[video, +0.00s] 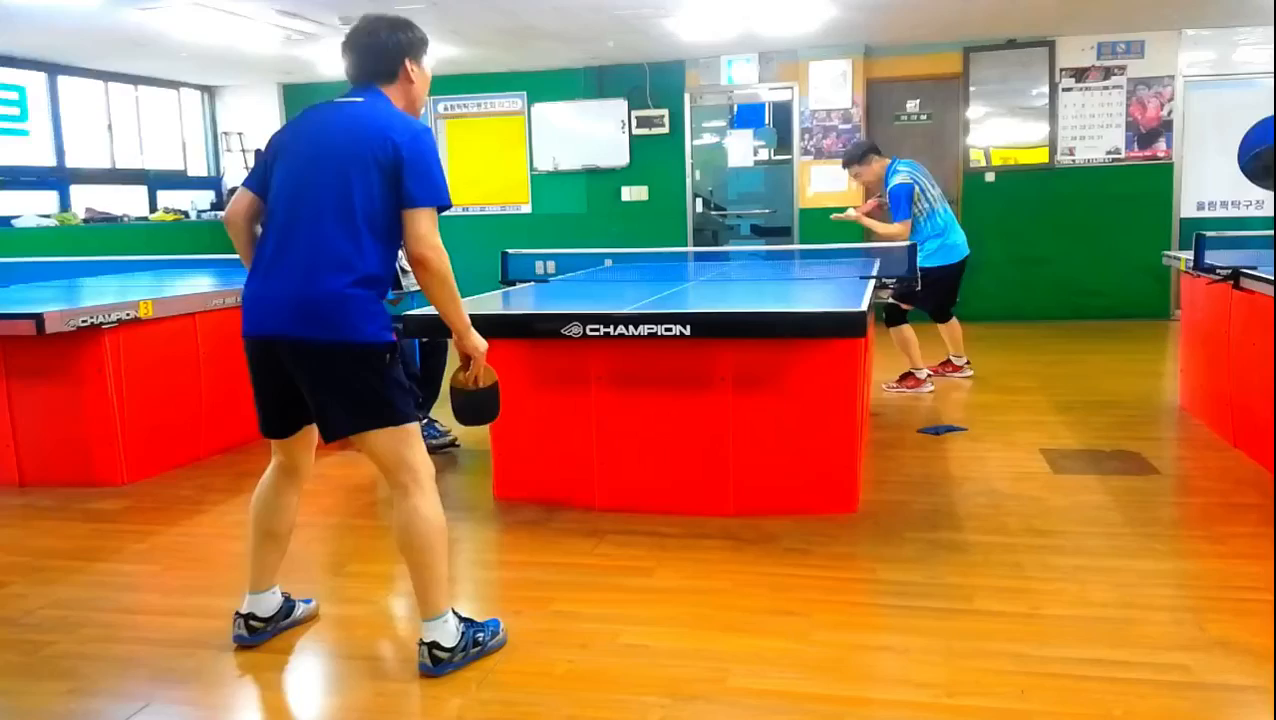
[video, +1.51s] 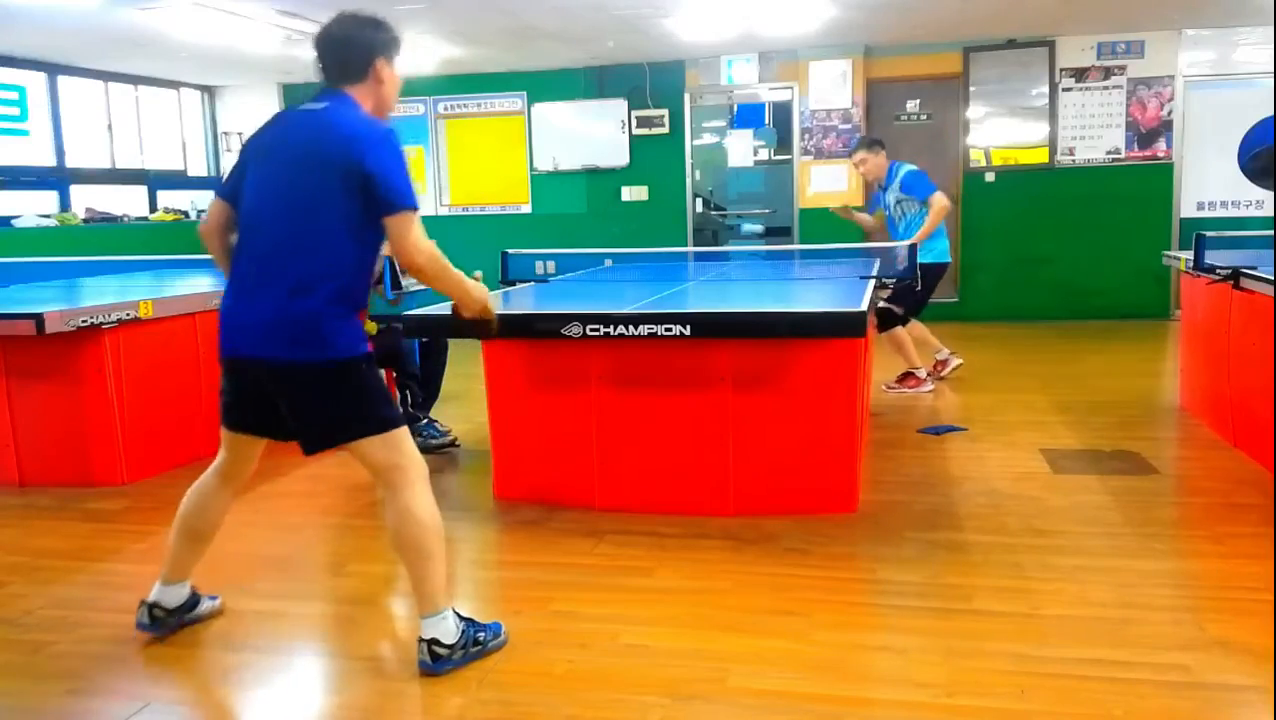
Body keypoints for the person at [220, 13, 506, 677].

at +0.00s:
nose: (429, 85)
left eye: (427, 73)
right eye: (426, 73)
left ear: (353, 72)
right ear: (407, 71)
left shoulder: (296, 128)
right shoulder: (405, 133)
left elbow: (238, 216)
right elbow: (422, 252)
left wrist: (274, 285)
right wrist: (464, 330)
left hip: (267, 323)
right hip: (345, 325)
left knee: (289, 460)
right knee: (410, 476)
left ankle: (258, 605)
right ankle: (442, 630)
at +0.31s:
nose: (428, 65)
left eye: (426, 50)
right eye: (425, 50)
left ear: (350, 53)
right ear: (404, 52)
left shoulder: (298, 118)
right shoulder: (408, 121)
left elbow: (246, 213)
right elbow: (427, 242)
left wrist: (284, 279)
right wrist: (470, 318)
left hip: (281, 324)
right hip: (360, 324)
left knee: (296, 456)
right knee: (420, 473)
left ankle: (260, 601)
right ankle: (443, 629)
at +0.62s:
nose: (443, 45)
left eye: (440, 31)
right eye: (440, 31)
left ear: (366, 38)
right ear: (422, 35)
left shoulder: (314, 108)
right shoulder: (427, 112)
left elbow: (267, 205)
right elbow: (446, 233)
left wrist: (304, 272)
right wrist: (491, 313)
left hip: (307, 320)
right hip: (388, 324)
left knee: (305, 456)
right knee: (435, 474)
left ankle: (266, 592)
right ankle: (444, 631)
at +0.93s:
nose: (457, 43)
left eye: (454, 30)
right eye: (454, 29)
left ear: (381, 33)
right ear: (436, 31)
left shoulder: (323, 105)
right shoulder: (440, 110)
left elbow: (276, 203)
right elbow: (458, 231)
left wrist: (311, 271)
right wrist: (501, 313)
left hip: (315, 319)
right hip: (396, 324)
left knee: (309, 453)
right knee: (437, 475)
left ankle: (270, 589)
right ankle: (444, 631)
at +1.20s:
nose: (459, 61)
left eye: (457, 47)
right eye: (458, 47)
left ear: (389, 47)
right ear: (441, 47)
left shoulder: (328, 109)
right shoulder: (440, 123)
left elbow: (267, 205)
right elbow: (457, 241)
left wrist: (301, 275)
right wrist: (497, 330)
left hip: (300, 320)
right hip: (381, 327)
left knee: (298, 450)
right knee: (435, 474)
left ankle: (259, 586)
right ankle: (445, 629)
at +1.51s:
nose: (399, 80)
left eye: (396, 67)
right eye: (395, 66)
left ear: (330, 69)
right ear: (375, 69)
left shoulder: (270, 132)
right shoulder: (370, 136)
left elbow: (213, 229)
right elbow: (412, 251)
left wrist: (256, 290)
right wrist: (467, 293)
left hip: (245, 339)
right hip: (325, 343)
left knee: (230, 466)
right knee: (402, 472)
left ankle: (166, 598)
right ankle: (441, 626)